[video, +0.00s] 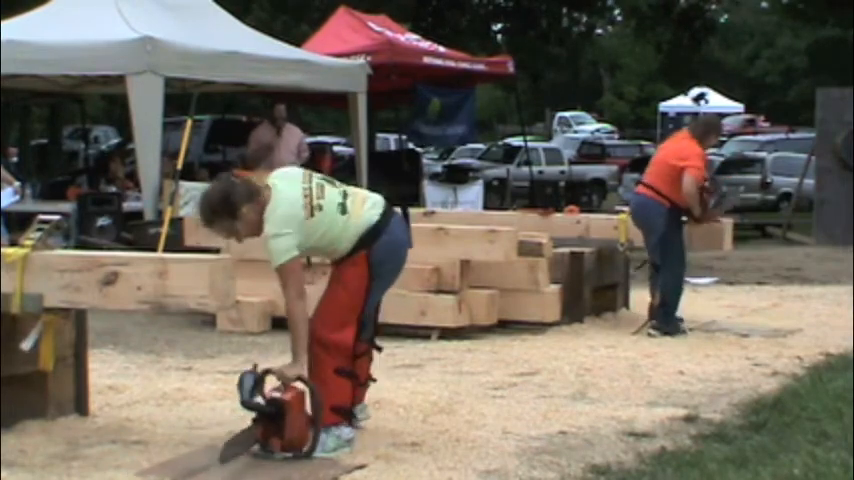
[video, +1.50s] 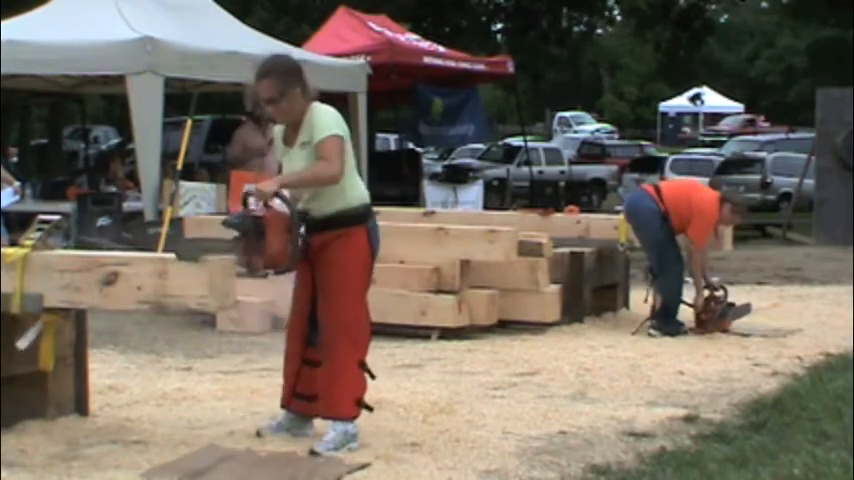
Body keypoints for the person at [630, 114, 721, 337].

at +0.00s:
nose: (715, 142)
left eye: (717, 138)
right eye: (715, 137)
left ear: (695, 129)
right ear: (707, 135)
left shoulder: (678, 139)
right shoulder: (693, 153)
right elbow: (689, 189)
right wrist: (698, 213)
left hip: (645, 199)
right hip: (661, 206)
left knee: (660, 263)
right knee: (673, 265)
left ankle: (659, 314)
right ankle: (664, 320)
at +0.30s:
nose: (717, 140)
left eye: (717, 135)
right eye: (716, 134)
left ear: (696, 126)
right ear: (709, 132)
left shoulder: (677, 137)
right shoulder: (694, 149)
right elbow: (688, 184)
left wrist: (699, 187)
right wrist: (695, 207)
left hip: (646, 196)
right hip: (663, 203)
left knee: (661, 261)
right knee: (675, 263)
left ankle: (661, 313)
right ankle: (666, 319)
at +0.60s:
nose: (719, 149)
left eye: (721, 144)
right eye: (719, 143)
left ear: (702, 133)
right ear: (711, 139)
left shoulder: (681, 142)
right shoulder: (693, 154)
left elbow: (677, 169)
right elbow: (680, 187)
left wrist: (700, 184)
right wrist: (690, 214)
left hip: (644, 197)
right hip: (657, 204)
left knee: (659, 261)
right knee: (669, 262)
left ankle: (660, 315)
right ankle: (664, 319)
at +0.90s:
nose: (725, 207)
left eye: (728, 204)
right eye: (725, 201)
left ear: (716, 192)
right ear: (718, 193)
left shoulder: (699, 193)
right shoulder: (697, 200)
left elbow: (695, 240)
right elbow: (693, 251)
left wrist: (710, 263)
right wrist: (700, 288)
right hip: (641, 214)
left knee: (673, 269)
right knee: (674, 271)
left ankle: (664, 318)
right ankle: (665, 321)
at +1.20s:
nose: (728, 230)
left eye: (732, 228)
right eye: (731, 225)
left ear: (724, 213)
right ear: (725, 215)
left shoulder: (707, 208)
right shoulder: (705, 213)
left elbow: (692, 252)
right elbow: (689, 254)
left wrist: (706, 280)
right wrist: (692, 296)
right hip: (644, 209)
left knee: (671, 266)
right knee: (671, 269)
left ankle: (664, 318)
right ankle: (666, 321)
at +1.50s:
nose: (730, 224)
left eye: (735, 222)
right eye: (733, 219)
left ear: (726, 206)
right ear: (727, 207)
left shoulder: (709, 201)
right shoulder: (707, 210)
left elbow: (698, 250)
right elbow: (695, 253)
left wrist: (706, 279)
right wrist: (699, 293)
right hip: (647, 206)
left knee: (669, 264)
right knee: (672, 265)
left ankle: (664, 318)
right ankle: (665, 321)